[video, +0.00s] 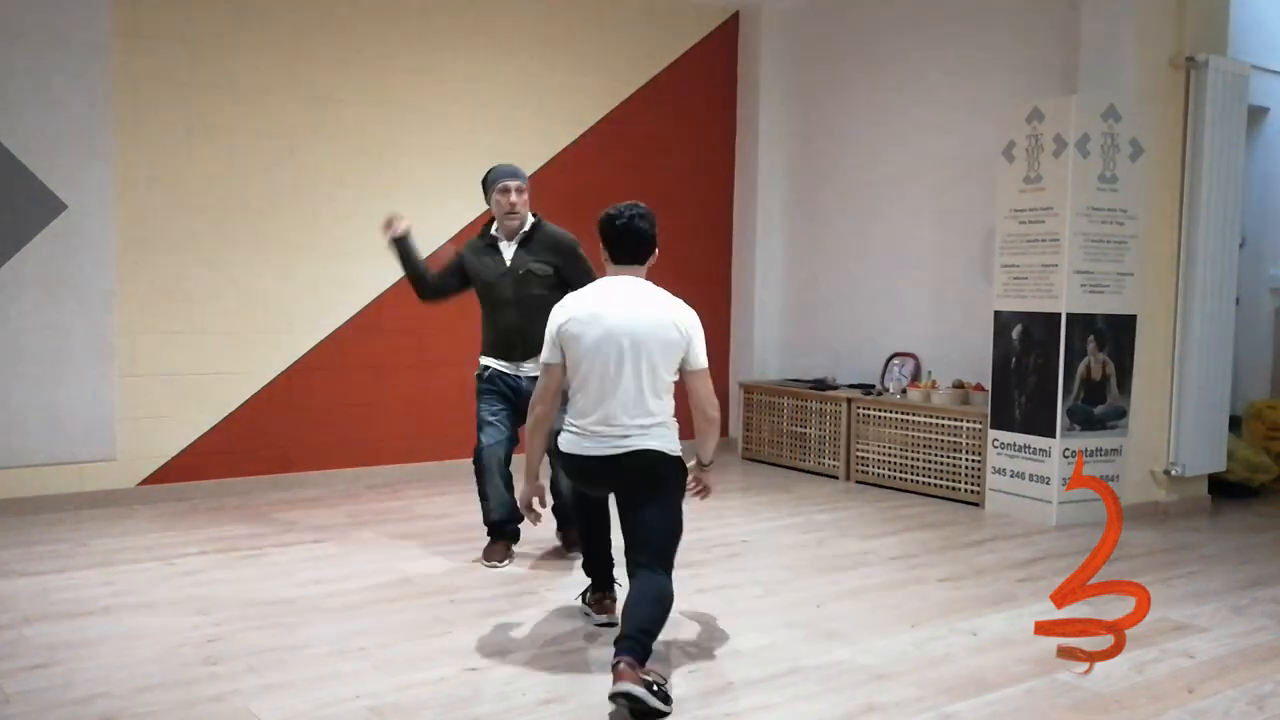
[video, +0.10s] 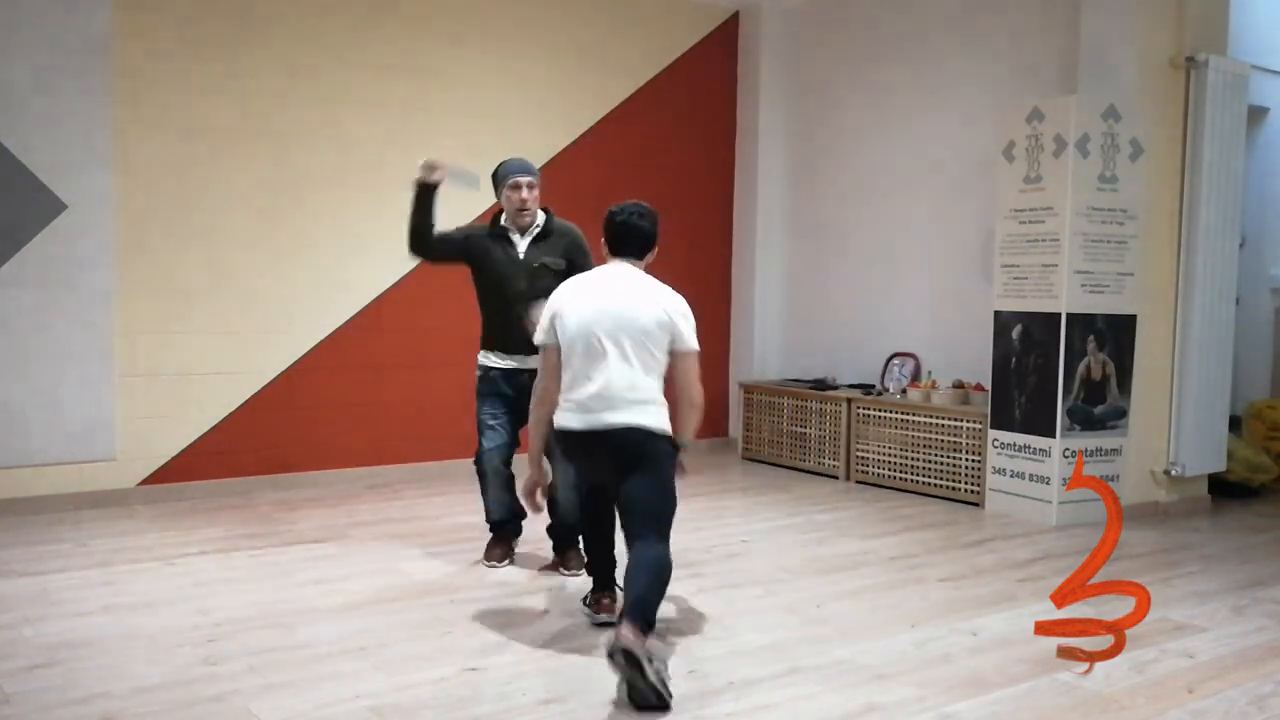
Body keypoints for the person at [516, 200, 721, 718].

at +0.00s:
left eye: (604, 245)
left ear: (601, 251)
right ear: (653, 252)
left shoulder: (568, 309)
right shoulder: (680, 314)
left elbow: (543, 405)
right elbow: (706, 411)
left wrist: (531, 478)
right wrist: (703, 463)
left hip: (581, 458)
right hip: (652, 461)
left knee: (582, 484)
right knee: (650, 568)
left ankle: (603, 592)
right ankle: (630, 667)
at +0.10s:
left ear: (602, 243)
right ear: (652, 251)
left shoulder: (566, 294)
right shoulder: (671, 303)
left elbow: (546, 389)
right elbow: (690, 394)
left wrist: (535, 459)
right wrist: (678, 450)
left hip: (578, 436)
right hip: (643, 437)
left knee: (595, 511)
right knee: (651, 541)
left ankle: (603, 594)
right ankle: (632, 634)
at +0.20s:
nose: (660, 251)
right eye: (661, 243)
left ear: (613, 234)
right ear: (657, 244)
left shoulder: (573, 273)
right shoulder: (657, 280)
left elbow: (556, 361)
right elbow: (667, 369)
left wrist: (551, 437)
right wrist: (655, 419)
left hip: (569, 402)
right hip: (629, 401)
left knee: (605, 488)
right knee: (663, 504)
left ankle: (600, 591)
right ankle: (636, 585)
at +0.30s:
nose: (667, 246)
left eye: (669, 239)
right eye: (669, 238)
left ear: (627, 224)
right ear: (661, 234)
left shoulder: (585, 255)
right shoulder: (638, 250)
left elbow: (569, 342)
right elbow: (644, 334)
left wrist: (572, 428)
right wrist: (638, 387)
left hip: (563, 377)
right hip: (616, 375)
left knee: (610, 478)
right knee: (663, 469)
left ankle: (593, 590)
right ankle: (655, 571)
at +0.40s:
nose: (661, 247)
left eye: (663, 238)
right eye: (663, 236)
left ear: (627, 218)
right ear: (651, 227)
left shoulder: (586, 245)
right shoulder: (617, 231)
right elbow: (639, 304)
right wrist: (640, 348)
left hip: (565, 368)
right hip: (614, 367)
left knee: (604, 472)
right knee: (653, 457)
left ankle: (585, 587)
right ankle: (665, 555)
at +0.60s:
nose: (639, 223)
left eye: (636, 218)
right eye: (638, 218)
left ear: (597, 218)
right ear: (634, 219)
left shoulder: (570, 258)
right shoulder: (632, 247)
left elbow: (562, 318)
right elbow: (628, 299)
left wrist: (566, 388)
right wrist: (661, 352)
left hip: (577, 371)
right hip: (625, 367)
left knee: (604, 456)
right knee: (646, 447)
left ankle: (593, 524)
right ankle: (653, 540)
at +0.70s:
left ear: (572, 208)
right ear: (610, 210)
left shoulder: (552, 249)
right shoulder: (634, 248)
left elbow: (535, 315)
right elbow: (651, 310)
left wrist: (537, 374)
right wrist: (663, 371)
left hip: (568, 367)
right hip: (623, 361)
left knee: (587, 444)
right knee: (634, 442)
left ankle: (606, 504)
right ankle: (651, 537)